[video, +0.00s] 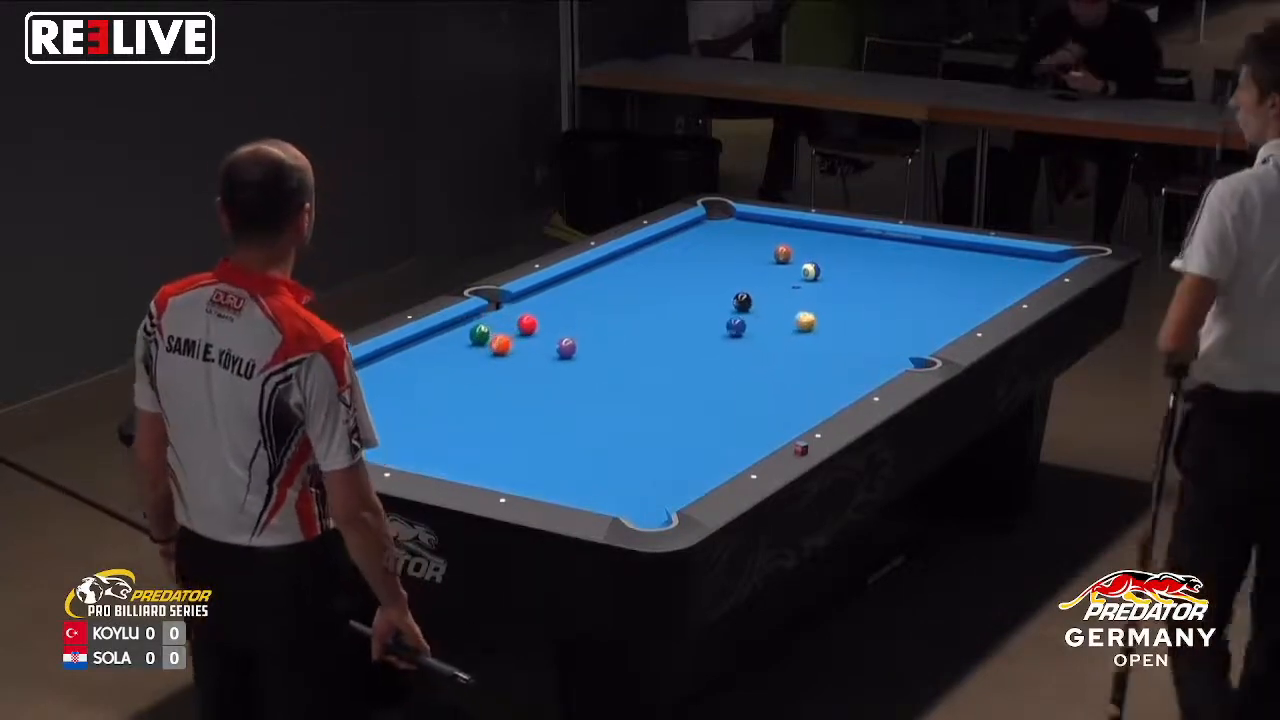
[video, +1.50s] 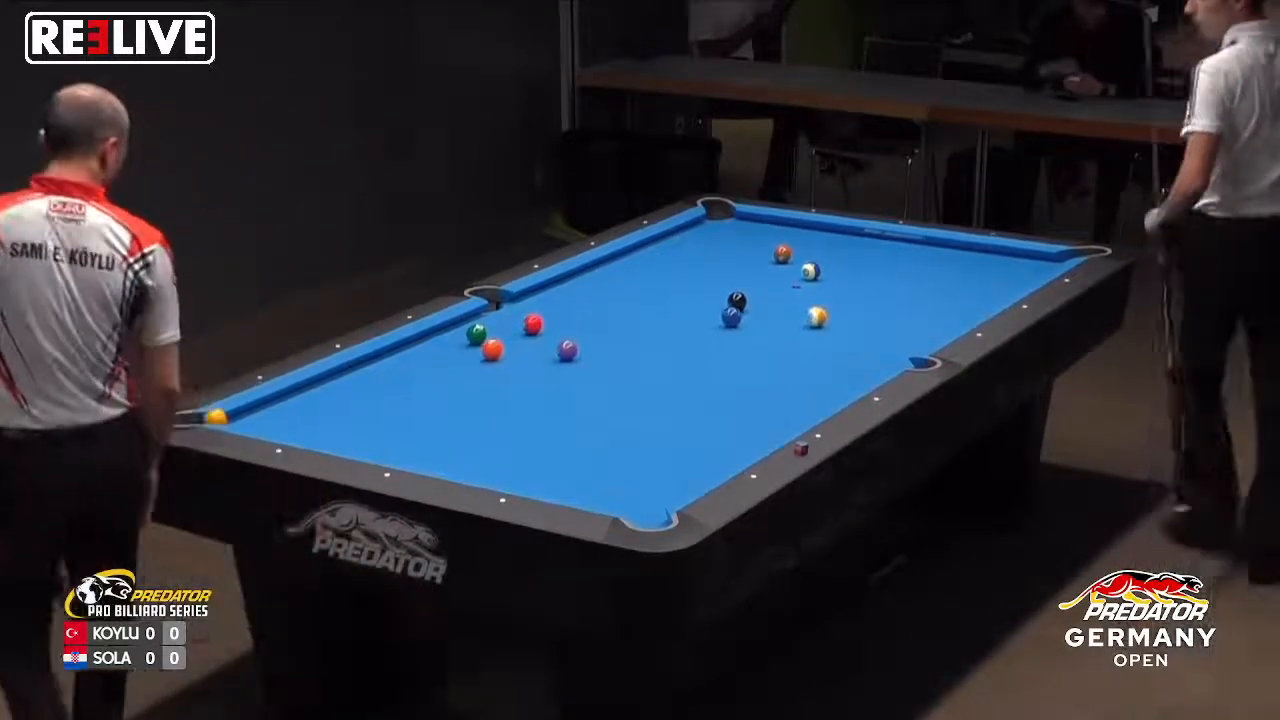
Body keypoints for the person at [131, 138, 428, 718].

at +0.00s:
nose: (315, 219)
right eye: (314, 208)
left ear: (222, 214)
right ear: (305, 220)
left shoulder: (165, 310)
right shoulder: (312, 344)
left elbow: (148, 459)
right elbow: (353, 508)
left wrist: (167, 539)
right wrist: (394, 604)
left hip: (203, 563)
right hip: (292, 573)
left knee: (221, 704)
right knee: (305, 703)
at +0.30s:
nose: (279, 211)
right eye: (278, 200)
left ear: (186, 207)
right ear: (270, 212)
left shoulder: (131, 306)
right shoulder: (288, 332)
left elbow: (113, 449)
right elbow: (331, 489)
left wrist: (132, 523)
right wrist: (359, 583)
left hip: (174, 550)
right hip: (270, 556)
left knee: (174, 701)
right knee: (283, 698)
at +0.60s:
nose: (204, 189)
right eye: (204, 177)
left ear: (117, 179)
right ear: (198, 187)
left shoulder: (61, 284)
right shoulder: (233, 301)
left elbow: (33, 429)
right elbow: (274, 447)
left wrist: (63, 465)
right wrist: (290, 533)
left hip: (106, 525)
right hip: (207, 527)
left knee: (131, 695)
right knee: (243, 684)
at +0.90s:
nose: (157, 177)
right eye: (157, 166)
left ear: (74, 168)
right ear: (151, 174)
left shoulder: (21, 271)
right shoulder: (195, 276)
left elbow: (8, 409)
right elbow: (227, 419)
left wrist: (48, 409)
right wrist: (221, 497)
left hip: (72, 514)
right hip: (173, 508)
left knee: (108, 683)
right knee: (193, 674)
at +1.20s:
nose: (132, 174)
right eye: (132, 164)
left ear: (50, 165)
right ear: (123, 170)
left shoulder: (11, 256)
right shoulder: (165, 268)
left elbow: (8, 390)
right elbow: (191, 409)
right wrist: (174, 486)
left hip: (40, 494)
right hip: (138, 489)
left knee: (71, 651)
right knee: (120, 653)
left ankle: (96, 713)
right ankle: (112, 713)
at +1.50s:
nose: (122, 158)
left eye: (122, 148)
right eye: (123, 148)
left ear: (45, 142)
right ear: (111, 150)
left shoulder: (3, 219)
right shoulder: (141, 245)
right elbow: (161, 386)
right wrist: (149, 462)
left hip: (14, 456)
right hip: (106, 454)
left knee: (15, 627)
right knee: (108, 618)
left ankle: (42, 710)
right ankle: (103, 708)